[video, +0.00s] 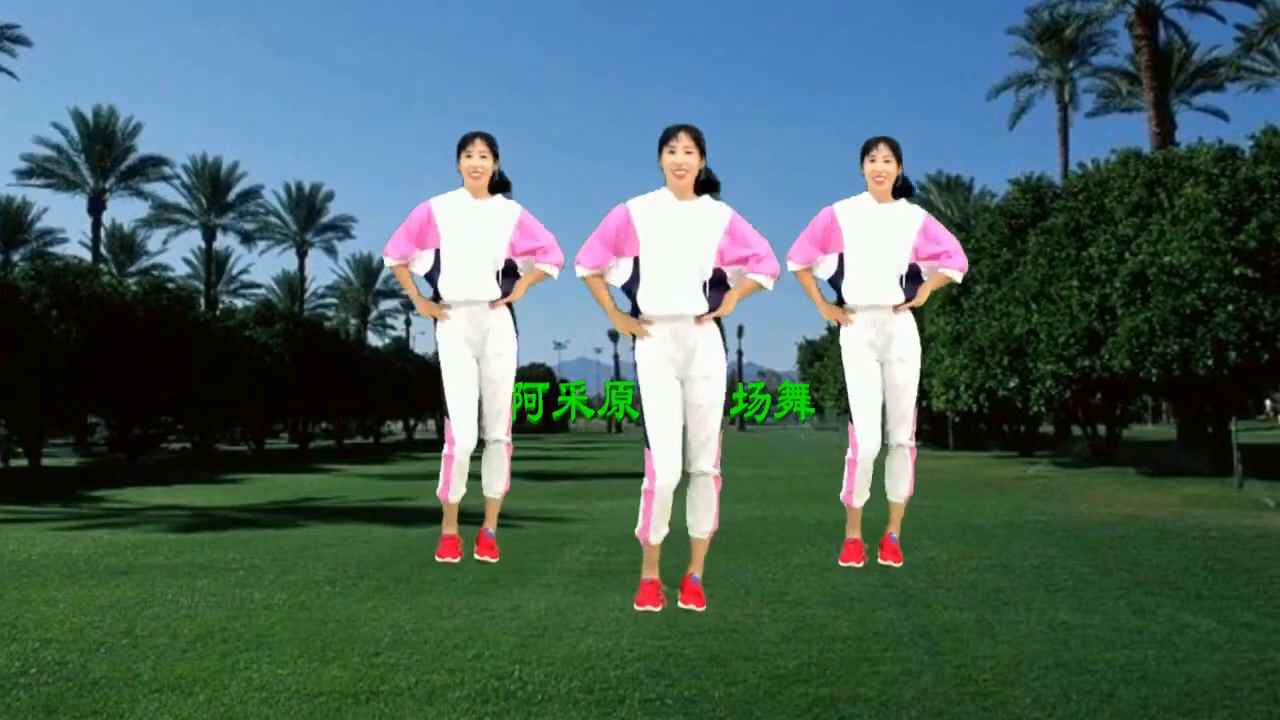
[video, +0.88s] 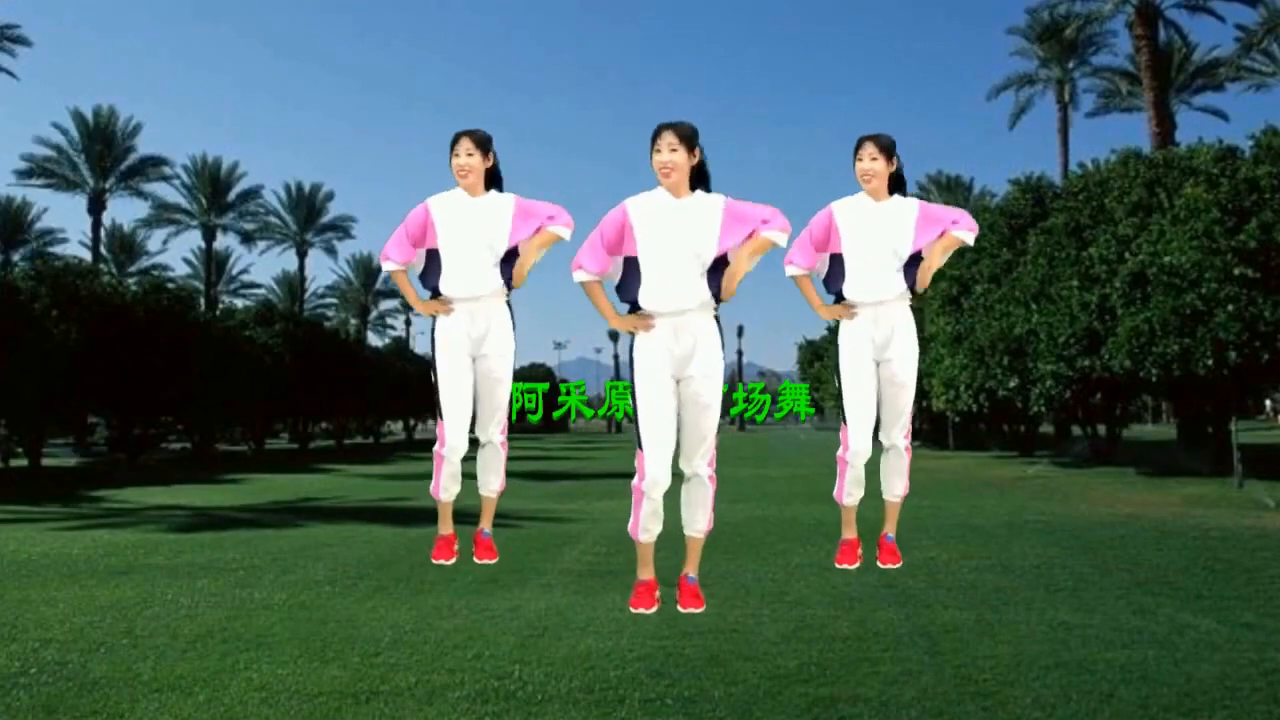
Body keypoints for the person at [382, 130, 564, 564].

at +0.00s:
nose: (476, 162)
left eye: (484, 156)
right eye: (469, 156)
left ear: (495, 165)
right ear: (458, 164)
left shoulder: (511, 212)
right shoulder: (436, 210)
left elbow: (551, 255)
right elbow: (396, 255)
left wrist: (523, 284)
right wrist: (420, 301)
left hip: (498, 321)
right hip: (453, 322)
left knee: (498, 428)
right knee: (461, 429)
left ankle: (489, 531)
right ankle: (449, 530)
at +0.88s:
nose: (462, 162)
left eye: (470, 154)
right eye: (457, 155)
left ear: (488, 161)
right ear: (450, 163)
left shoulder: (508, 205)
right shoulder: (433, 208)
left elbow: (562, 221)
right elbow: (392, 258)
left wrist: (528, 255)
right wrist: (419, 303)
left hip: (495, 316)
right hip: (450, 318)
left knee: (493, 428)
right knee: (453, 428)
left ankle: (484, 531)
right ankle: (445, 530)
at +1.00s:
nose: (461, 153)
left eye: (469, 145)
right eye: (457, 146)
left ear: (491, 150)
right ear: (453, 154)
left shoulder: (515, 190)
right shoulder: (437, 198)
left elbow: (572, 191)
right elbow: (392, 243)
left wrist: (539, 203)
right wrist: (418, 287)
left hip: (493, 306)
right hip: (448, 307)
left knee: (492, 424)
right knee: (444, 424)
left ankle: (488, 528)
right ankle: (441, 528)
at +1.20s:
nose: (469, 179)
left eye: (478, 172)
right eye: (465, 172)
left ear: (498, 179)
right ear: (460, 179)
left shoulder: (512, 227)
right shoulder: (439, 221)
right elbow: (398, 270)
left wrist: (527, 232)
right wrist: (416, 318)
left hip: (496, 332)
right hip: (452, 333)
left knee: (496, 439)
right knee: (469, 440)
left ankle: (485, 533)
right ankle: (454, 514)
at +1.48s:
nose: (461, 155)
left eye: (470, 148)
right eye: (459, 148)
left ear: (493, 154)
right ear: (456, 155)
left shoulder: (508, 201)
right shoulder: (435, 197)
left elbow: (498, 235)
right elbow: (392, 239)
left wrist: (488, 176)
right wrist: (407, 285)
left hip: (481, 310)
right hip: (437, 309)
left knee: (483, 424)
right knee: (433, 423)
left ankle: (487, 527)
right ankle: (418, 503)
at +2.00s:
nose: (455, 138)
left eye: (465, 133)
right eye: (453, 132)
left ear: (486, 143)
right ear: (449, 140)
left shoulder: (497, 186)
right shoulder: (427, 183)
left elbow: (508, 224)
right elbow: (386, 223)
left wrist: (498, 166)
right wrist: (403, 272)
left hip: (476, 293)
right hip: (432, 292)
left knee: (477, 411)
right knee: (428, 410)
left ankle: (479, 521)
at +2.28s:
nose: (462, 172)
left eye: (471, 167)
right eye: (458, 165)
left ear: (489, 178)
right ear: (451, 174)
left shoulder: (495, 224)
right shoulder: (425, 215)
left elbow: (488, 244)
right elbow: (384, 260)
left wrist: (495, 199)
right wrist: (399, 308)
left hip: (475, 326)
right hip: (431, 326)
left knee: (476, 437)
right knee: (439, 439)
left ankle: (475, 529)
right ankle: (443, 474)